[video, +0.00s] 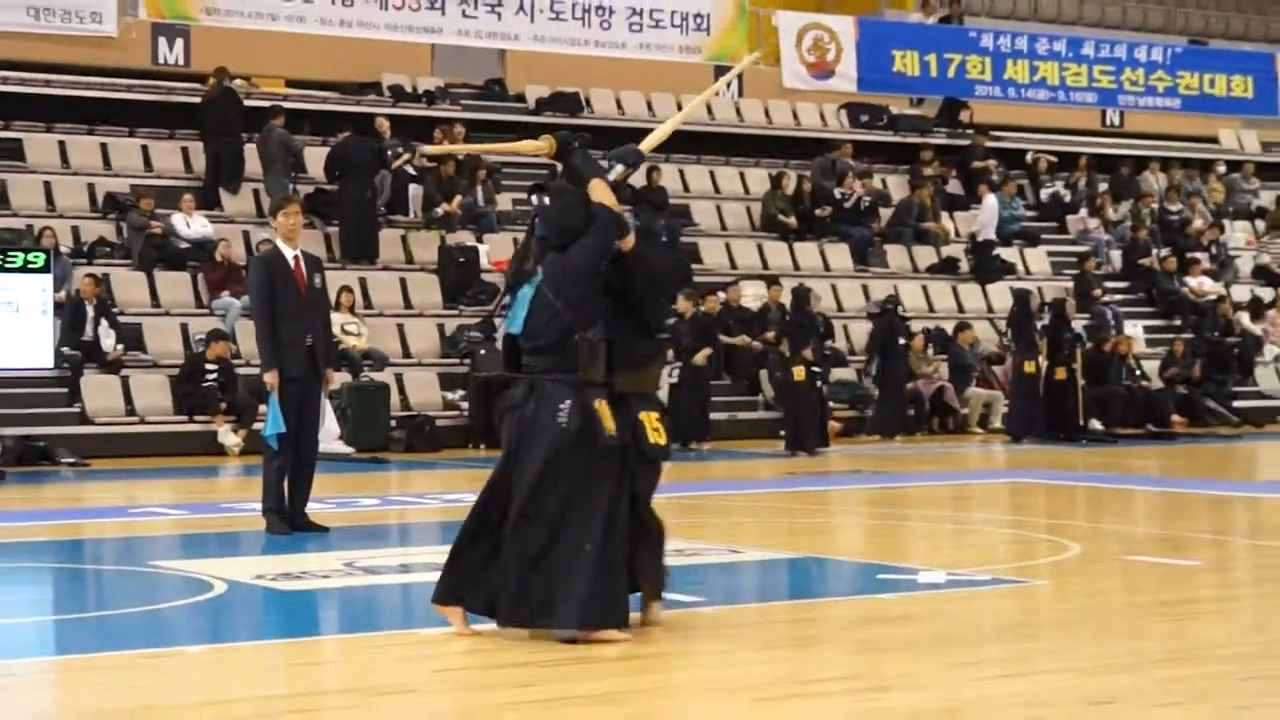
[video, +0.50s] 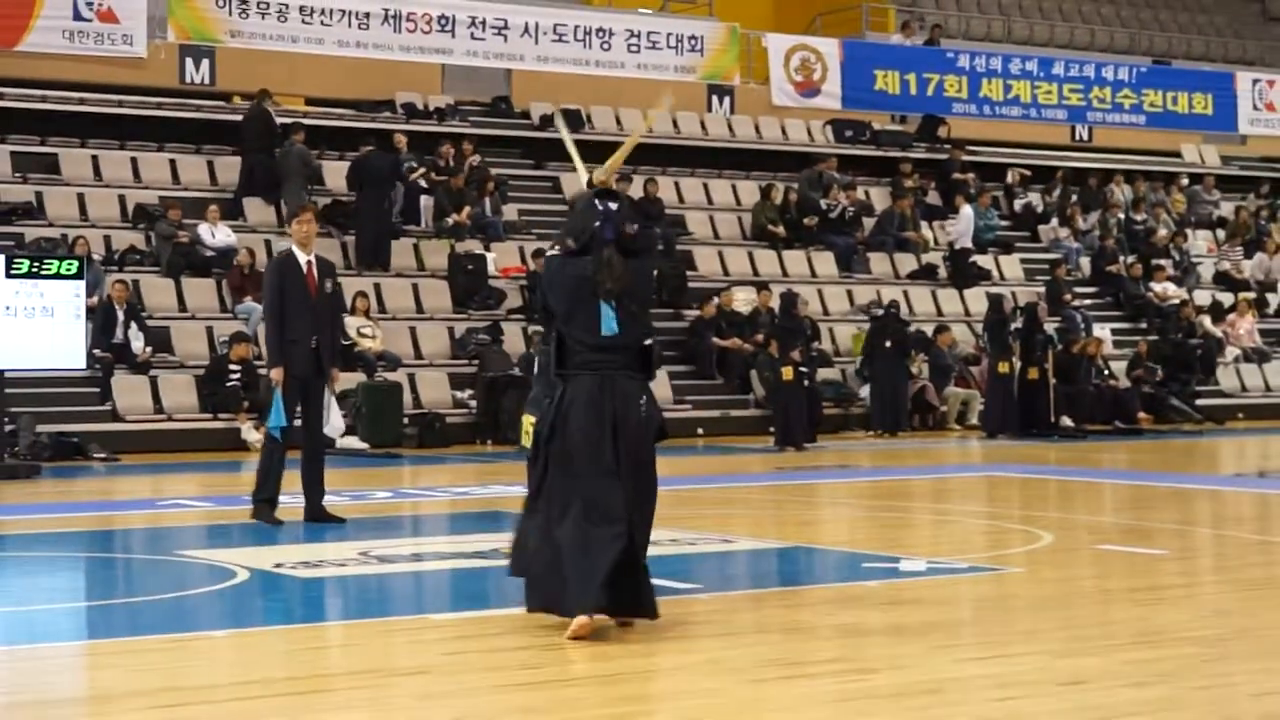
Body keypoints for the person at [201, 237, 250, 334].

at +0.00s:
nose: (227, 250)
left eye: (228, 247)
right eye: (224, 247)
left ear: (231, 249)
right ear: (217, 249)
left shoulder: (235, 267)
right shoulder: (210, 266)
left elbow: (242, 288)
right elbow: (214, 282)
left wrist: (230, 292)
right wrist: (223, 264)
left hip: (237, 297)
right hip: (217, 298)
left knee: (254, 302)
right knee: (236, 305)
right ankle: (226, 336)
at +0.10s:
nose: (234, 255)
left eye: (237, 252)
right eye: (232, 252)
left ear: (242, 254)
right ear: (228, 254)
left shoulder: (248, 270)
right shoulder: (223, 270)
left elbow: (254, 290)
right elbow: (227, 283)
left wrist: (243, 294)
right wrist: (228, 264)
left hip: (250, 299)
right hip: (230, 300)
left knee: (266, 305)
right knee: (248, 307)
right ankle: (239, 337)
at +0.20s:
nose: (239, 256)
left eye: (243, 254)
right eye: (238, 253)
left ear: (250, 257)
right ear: (236, 256)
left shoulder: (256, 273)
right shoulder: (232, 272)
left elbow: (263, 292)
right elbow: (235, 283)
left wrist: (250, 296)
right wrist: (235, 266)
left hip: (257, 301)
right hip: (238, 302)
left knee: (272, 305)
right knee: (256, 309)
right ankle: (247, 337)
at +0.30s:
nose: (240, 258)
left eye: (244, 256)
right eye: (239, 255)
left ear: (251, 259)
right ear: (237, 258)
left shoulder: (258, 274)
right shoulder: (234, 272)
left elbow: (265, 294)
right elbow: (236, 285)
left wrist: (253, 298)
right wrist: (237, 267)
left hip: (260, 303)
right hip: (240, 304)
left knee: (273, 306)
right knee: (258, 309)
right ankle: (249, 338)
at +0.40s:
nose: (240, 258)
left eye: (243, 255)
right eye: (239, 255)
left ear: (251, 259)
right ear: (237, 257)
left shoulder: (257, 274)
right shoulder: (233, 272)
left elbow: (264, 293)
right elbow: (235, 285)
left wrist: (252, 297)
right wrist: (236, 266)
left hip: (259, 302)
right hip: (239, 303)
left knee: (274, 309)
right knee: (258, 310)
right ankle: (248, 338)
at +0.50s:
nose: (240, 258)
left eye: (243, 255)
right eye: (240, 255)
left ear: (251, 259)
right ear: (238, 257)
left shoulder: (259, 274)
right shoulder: (234, 273)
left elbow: (264, 293)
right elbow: (235, 285)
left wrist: (253, 297)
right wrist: (236, 266)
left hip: (258, 303)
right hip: (239, 303)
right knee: (258, 310)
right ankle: (248, 337)